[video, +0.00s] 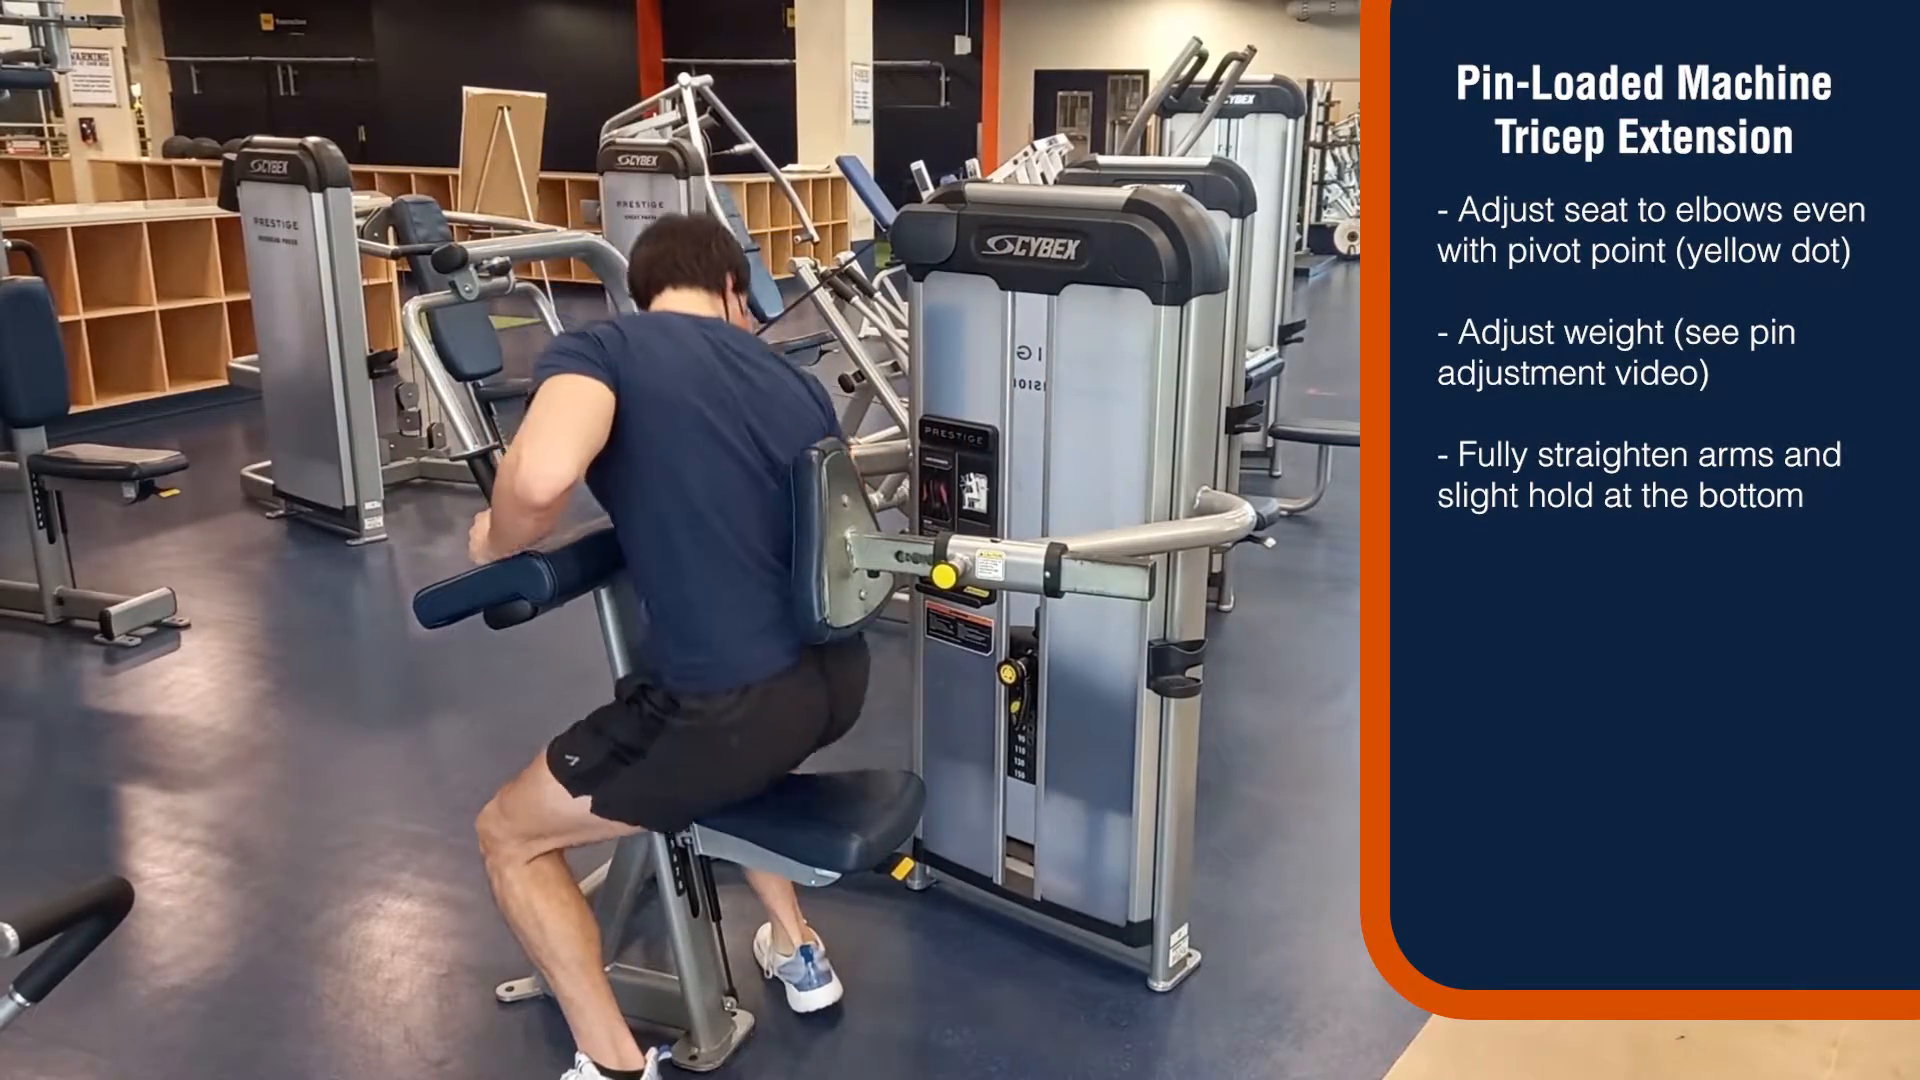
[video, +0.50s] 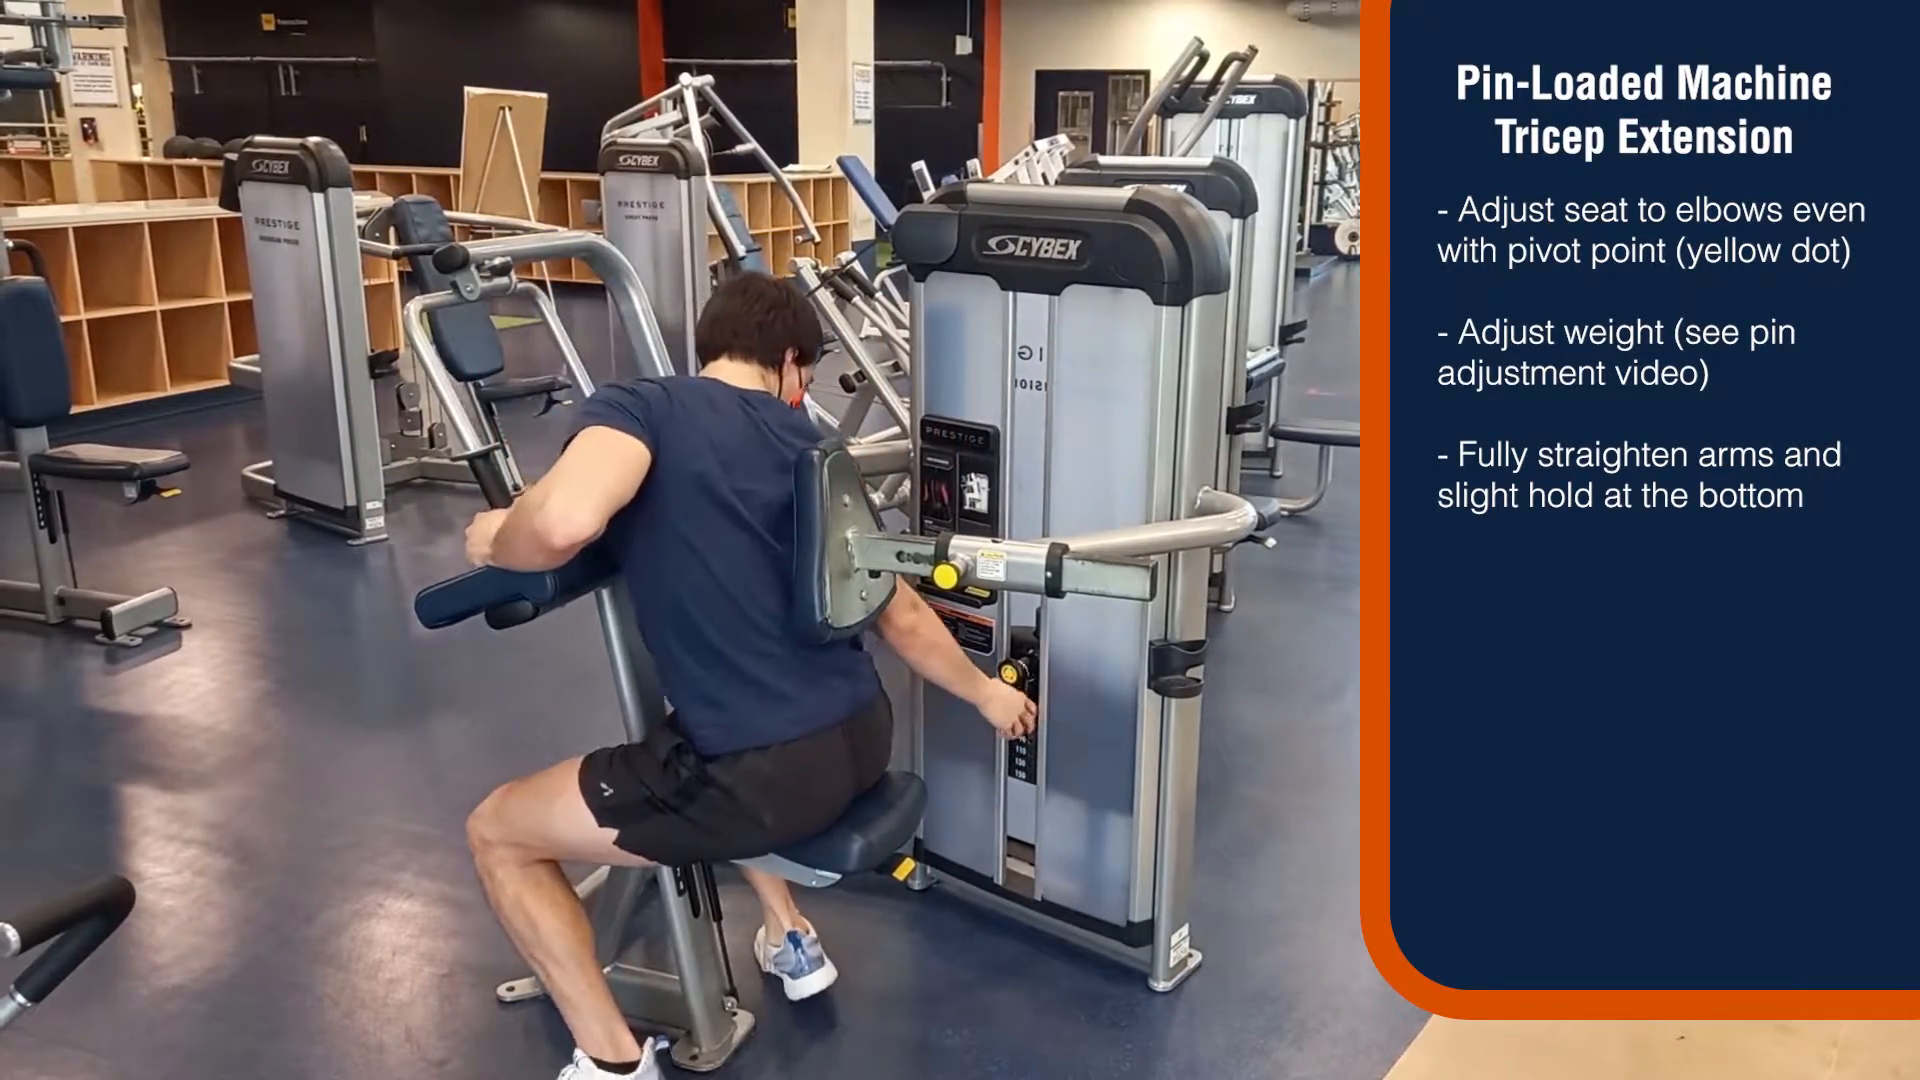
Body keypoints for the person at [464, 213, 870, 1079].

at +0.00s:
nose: (752, 309)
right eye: (750, 297)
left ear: (637, 296)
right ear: (735, 293)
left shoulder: (607, 343)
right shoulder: (791, 377)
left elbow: (539, 478)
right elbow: (838, 511)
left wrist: (500, 543)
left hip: (722, 714)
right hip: (838, 677)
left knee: (508, 833)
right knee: (722, 760)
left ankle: (614, 1060)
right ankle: (796, 944)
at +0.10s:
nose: (761, 342)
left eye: (760, 329)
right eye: (759, 328)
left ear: (651, 325)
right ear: (746, 324)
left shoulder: (618, 374)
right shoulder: (796, 403)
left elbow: (539, 492)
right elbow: (865, 556)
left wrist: (506, 542)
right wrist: (893, 682)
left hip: (738, 746)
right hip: (849, 711)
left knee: (510, 831)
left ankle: (613, 1060)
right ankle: (794, 947)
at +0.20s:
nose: (776, 374)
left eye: (776, 361)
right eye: (777, 357)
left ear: (672, 346)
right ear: (761, 350)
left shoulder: (631, 397)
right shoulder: (801, 430)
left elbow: (540, 500)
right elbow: (879, 597)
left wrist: (505, 541)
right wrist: (938, 705)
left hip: (750, 765)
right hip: (861, 733)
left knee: (511, 832)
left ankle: (615, 1061)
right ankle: (796, 948)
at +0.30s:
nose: (791, 388)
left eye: (792, 373)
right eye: (793, 369)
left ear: (690, 348)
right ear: (775, 357)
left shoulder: (639, 397)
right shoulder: (803, 434)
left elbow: (551, 514)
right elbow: (888, 607)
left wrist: (499, 538)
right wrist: (966, 706)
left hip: (753, 768)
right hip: (862, 737)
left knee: (510, 831)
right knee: (694, 747)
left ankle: (613, 1061)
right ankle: (796, 948)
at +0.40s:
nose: (799, 389)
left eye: (800, 373)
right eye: (801, 370)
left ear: (698, 347)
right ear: (786, 360)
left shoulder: (646, 399)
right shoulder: (806, 436)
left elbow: (552, 522)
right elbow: (891, 606)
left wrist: (494, 539)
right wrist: (983, 698)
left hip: (753, 773)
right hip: (863, 741)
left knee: (506, 831)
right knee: (700, 733)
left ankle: (613, 1060)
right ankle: (795, 946)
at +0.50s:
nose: (803, 394)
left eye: (805, 376)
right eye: (805, 375)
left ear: (705, 350)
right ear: (789, 366)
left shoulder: (643, 406)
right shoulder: (808, 439)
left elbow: (562, 524)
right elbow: (898, 612)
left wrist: (492, 540)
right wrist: (985, 691)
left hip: (752, 778)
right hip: (861, 748)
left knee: (497, 830)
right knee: (694, 731)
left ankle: (612, 1058)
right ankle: (791, 940)